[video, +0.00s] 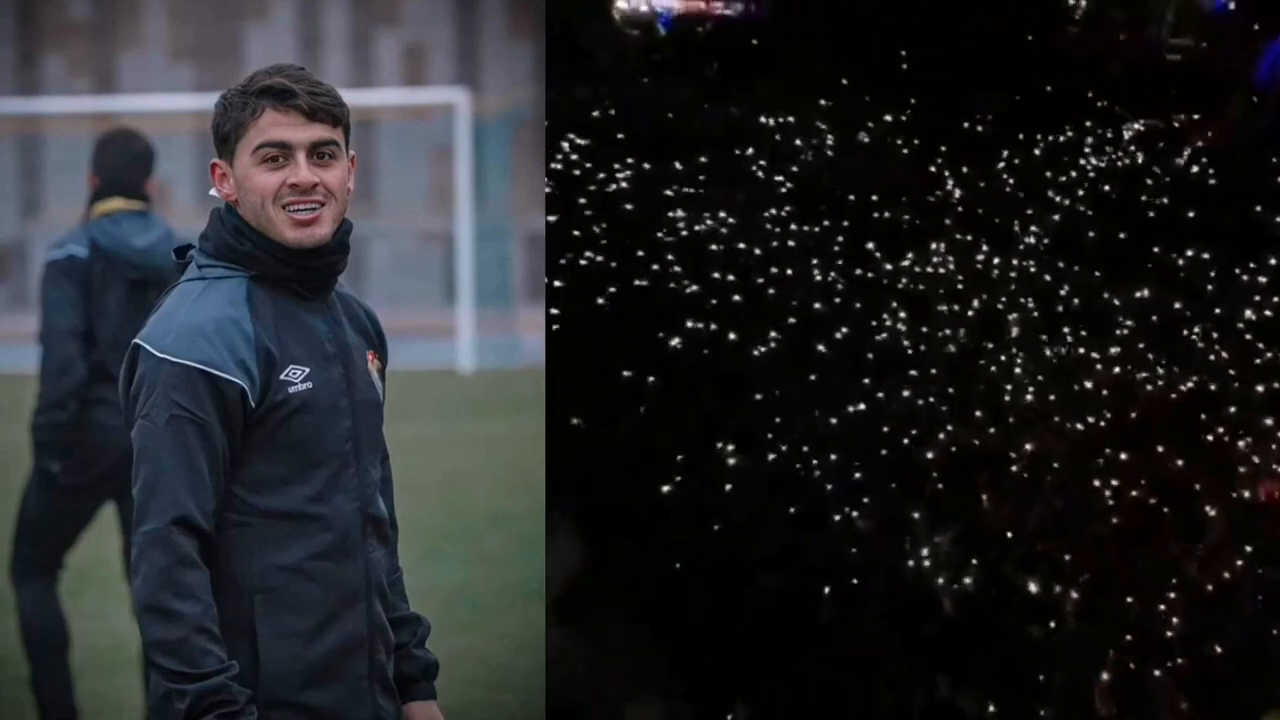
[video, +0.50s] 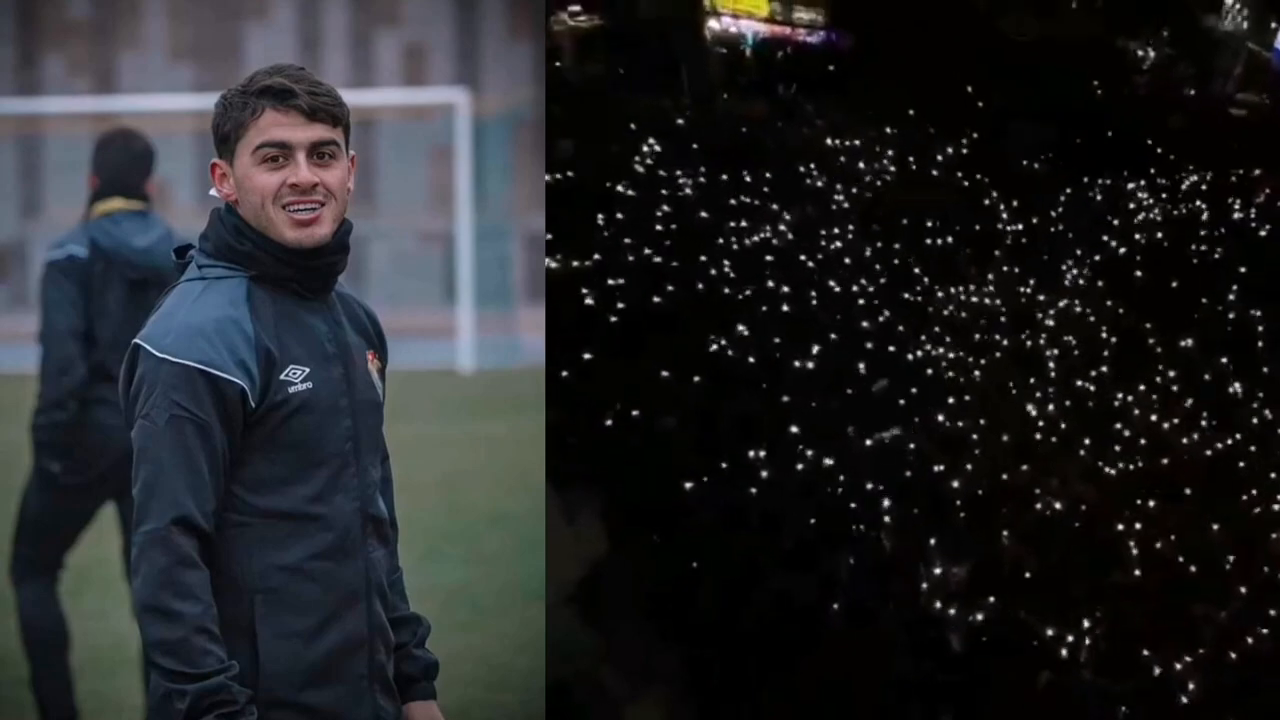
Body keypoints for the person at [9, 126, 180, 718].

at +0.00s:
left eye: (92, 173)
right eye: (150, 178)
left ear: (94, 180)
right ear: (152, 185)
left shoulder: (73, 254)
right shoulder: (178, 255)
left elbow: (65, 363)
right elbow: (191, 352)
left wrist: (51, 442)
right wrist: (175, 429)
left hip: (87, 449)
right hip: (158, 448)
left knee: (34, 570)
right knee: (157, 580)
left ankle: (57, 707)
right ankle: (167, 704)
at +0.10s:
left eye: (92, 173)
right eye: (150, 178)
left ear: (94, 180)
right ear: (152, 185)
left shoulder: (73, 254)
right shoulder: (178, 255)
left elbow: (65, 363)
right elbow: (191, 352)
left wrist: (51, 442)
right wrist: (175, 429)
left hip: (87, 449)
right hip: (158, 448)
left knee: (34, 570)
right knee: (157, 580)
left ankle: (57, 707)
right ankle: (167, 704)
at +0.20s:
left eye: (92, 173)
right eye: (150, 178)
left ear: (94, 180)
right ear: (152, 185)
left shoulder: (73, 254)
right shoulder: (178, 255)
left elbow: (65, 363)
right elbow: (191, 352)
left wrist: (51, 442)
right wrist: (175, 429)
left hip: (87, 449)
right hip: (158, 448)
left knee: (34, 570)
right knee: (157, 580)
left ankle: (57, 707)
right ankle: (167, 704)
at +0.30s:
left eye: (92, 174)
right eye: (151, 178)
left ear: (94, 180)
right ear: (152, 185)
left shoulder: (73, 253)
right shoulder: (177, 254)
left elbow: (65, 363)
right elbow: (190, 351)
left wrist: (49, 441)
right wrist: (174, 428)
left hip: (87, 448)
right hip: (158, 447)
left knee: (34, 569)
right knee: (157, 580)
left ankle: (57, 708)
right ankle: (167, 705)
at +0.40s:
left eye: (92, 174)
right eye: (151, 178)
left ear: (94, 180)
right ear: (152, 185)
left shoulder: (73, 253)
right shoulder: (177, 254)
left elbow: (65, 363)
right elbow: (190, 351)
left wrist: (49, 441)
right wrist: (174, 428)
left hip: (87, 448)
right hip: (158, 447)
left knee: (34, 569)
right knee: (157, 580)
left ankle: (57, 708)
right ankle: (167, 705)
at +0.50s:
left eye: (92, 174)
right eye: (151, 178)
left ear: (94, 180)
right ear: (152, 185)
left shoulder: (73, 253)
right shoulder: (177, 254)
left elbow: (65, 363)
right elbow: (190, 351)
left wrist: (49, 441)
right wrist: (174, 428)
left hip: (87, 448)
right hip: (158, 447)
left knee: (34, 569)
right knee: (157, 580)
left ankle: (57, 708)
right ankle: (167, 705)